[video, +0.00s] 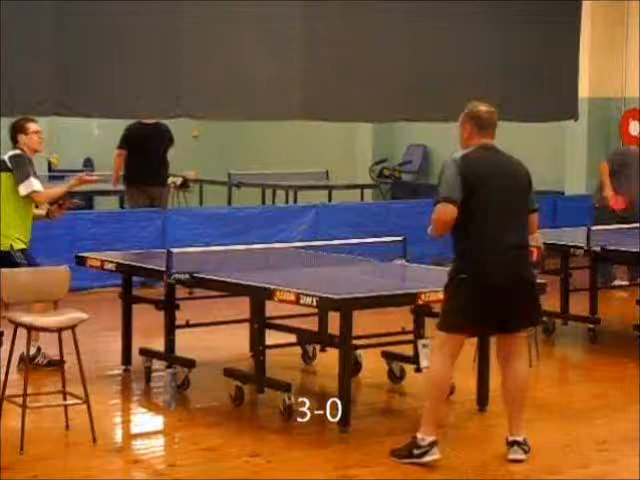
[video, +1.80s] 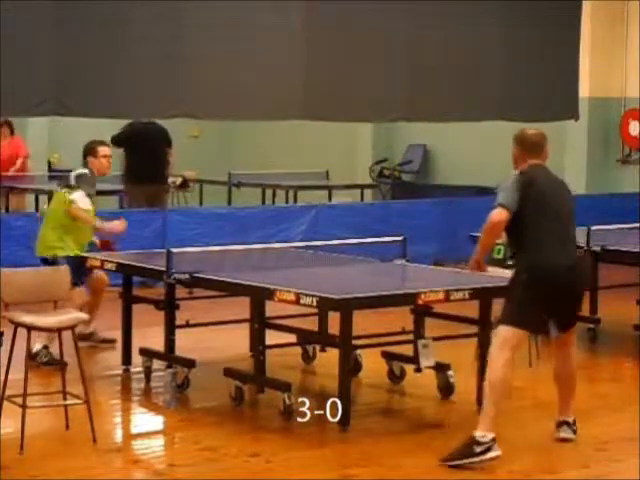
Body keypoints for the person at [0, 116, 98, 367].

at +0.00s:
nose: (41, 138)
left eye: (40, 134)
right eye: (36, 134)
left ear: (23, 140)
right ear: (21, 138)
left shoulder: (14, 160)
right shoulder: (18, 159)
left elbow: (17, 208)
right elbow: (40, 196)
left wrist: (46, 212)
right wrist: (74, 184)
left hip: (9, 243)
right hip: (10, 246)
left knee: (5, 297)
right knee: (44, 287)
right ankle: (33, 349)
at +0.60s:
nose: (39, 148)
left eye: (37, 143)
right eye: (34, 143)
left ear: (20, 149)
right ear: (21, 147)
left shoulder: (11, 166)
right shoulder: (20, 162)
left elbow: (16, 206)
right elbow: (14, 180)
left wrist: (39, 204)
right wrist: (40, 203)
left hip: (9, 239)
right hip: (7, 242)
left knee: (29, 289)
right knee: (34, 288)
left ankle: (34, 346)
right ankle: (34, 346)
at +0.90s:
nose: (69, 157)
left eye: (71, 152)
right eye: (66, 151)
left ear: (56, 153)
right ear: (51, 150)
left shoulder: (48, 179)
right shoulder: (31, 165)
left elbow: (41, 209)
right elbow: (3, 187)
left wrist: (54, 215)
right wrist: (14, 212)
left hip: (23, 240)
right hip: (10, 240)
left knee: (35, 288)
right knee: (39, 286)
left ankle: (38, 347)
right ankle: (38, 347)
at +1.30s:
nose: (80, 153)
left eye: (82, 148)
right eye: (75, 149)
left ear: (79, 152)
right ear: (61, 151)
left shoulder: (75, 180)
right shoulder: (44, 172)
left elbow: (74, 207)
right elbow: (11, 199)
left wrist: (69, 226)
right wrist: (27, 234)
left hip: (55, 246)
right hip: (33, 245)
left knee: (59, 293)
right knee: (50, 295)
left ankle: (52, 343)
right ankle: (43, 347)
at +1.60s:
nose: (97, 147)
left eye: (98, 142)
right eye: (92, 142)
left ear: (95, 146)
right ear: (78, 145)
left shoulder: (89, 173)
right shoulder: (61, 166)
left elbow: (86, 209)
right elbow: (30, 193)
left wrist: (92, 224)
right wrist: (54, 222)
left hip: (71, 242)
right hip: (49, 241)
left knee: (90, 282)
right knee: (61, 289)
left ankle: (78, 330)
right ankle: (39, 345)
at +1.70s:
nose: (102, 154)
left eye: (103, 150)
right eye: (98, 149)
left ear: (98, 153)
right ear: (83, 151)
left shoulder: (90, 178)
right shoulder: (67, 173)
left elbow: (81, 214)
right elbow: (40, 199)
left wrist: (94, 230)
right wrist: (69, 226)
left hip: (74, 246)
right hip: (53, 246)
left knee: (97, 280)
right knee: (54, 295)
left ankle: (83, 329)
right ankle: (40, 346)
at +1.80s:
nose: (109, 162)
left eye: (110, 158)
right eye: (105, 157)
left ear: (95, 162)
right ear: (91, 159)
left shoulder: (84, 182)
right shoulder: (82, 181)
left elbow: (77, 223)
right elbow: (75, 210)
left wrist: (95, 241)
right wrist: (105, 227)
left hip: (71, 250)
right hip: (57, 251)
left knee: (99, 281)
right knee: (76, 297)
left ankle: (85, 329)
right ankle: (42, 346)